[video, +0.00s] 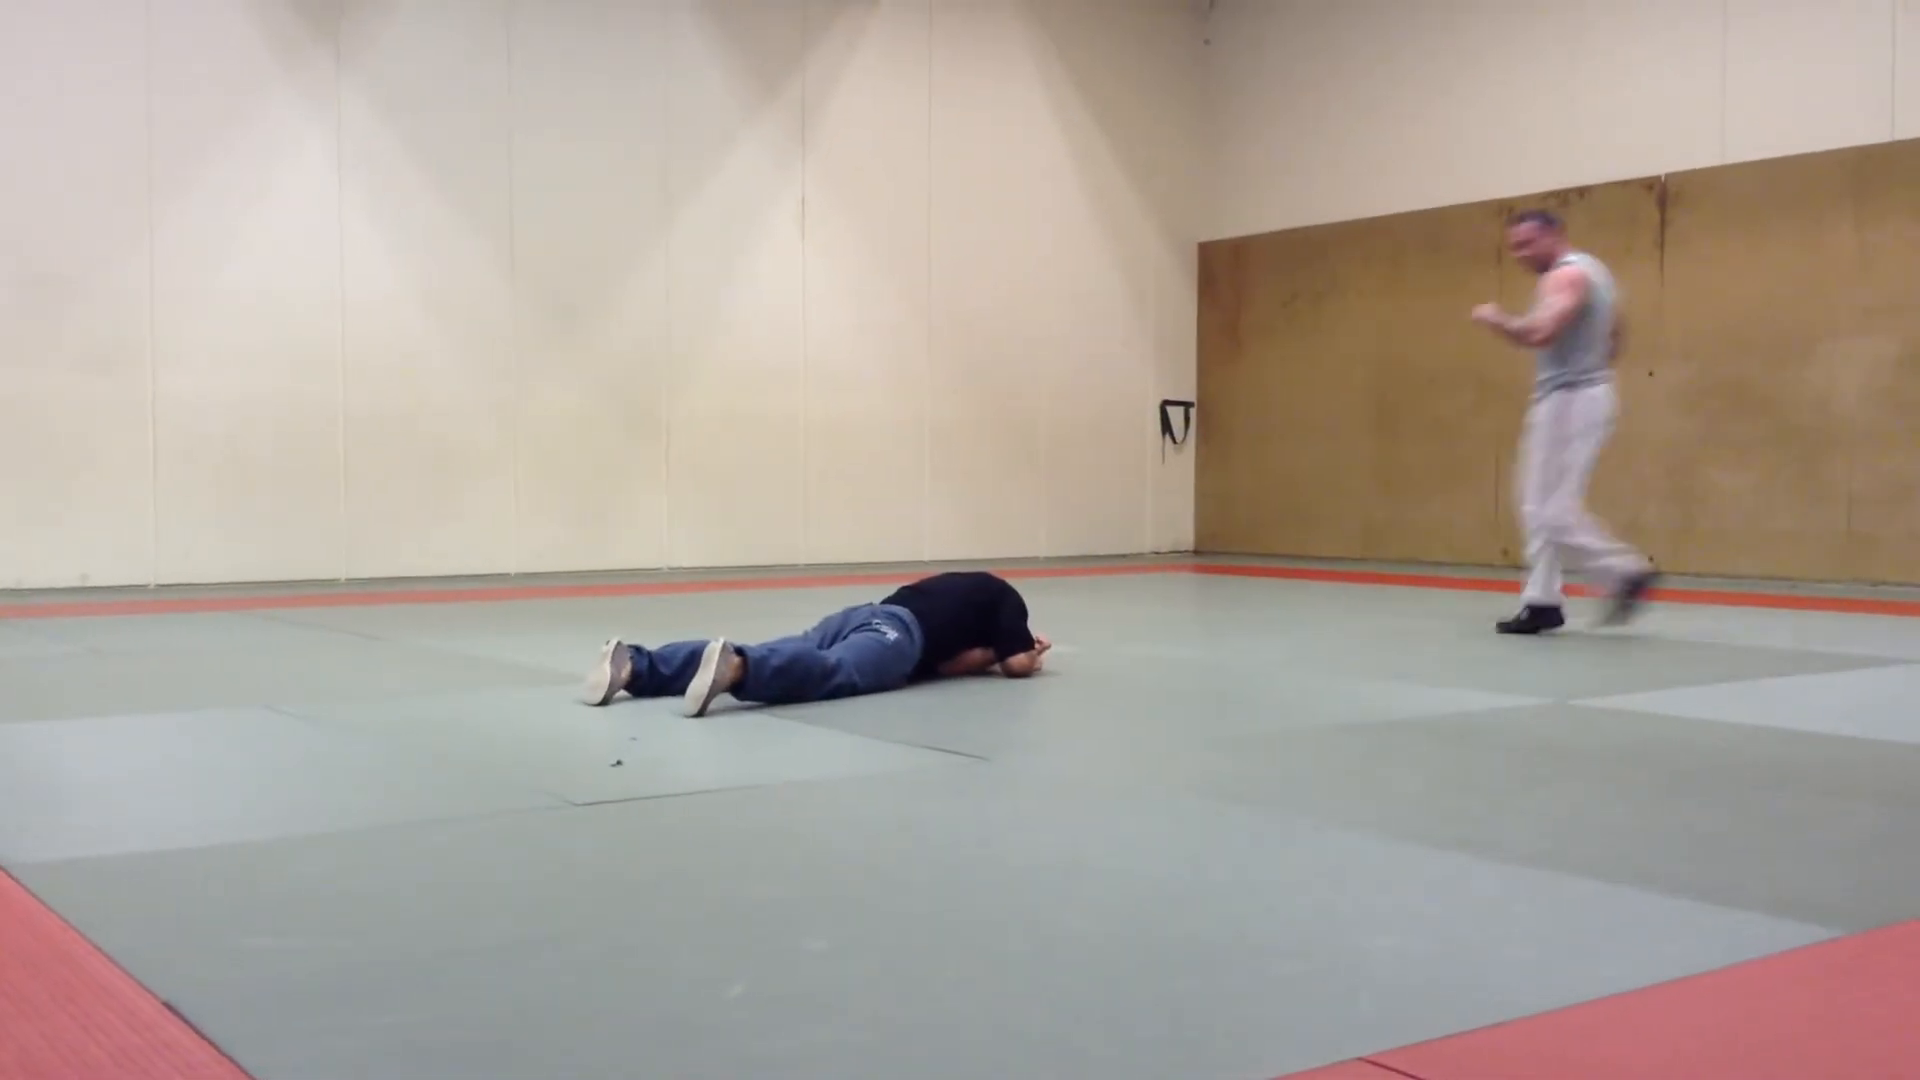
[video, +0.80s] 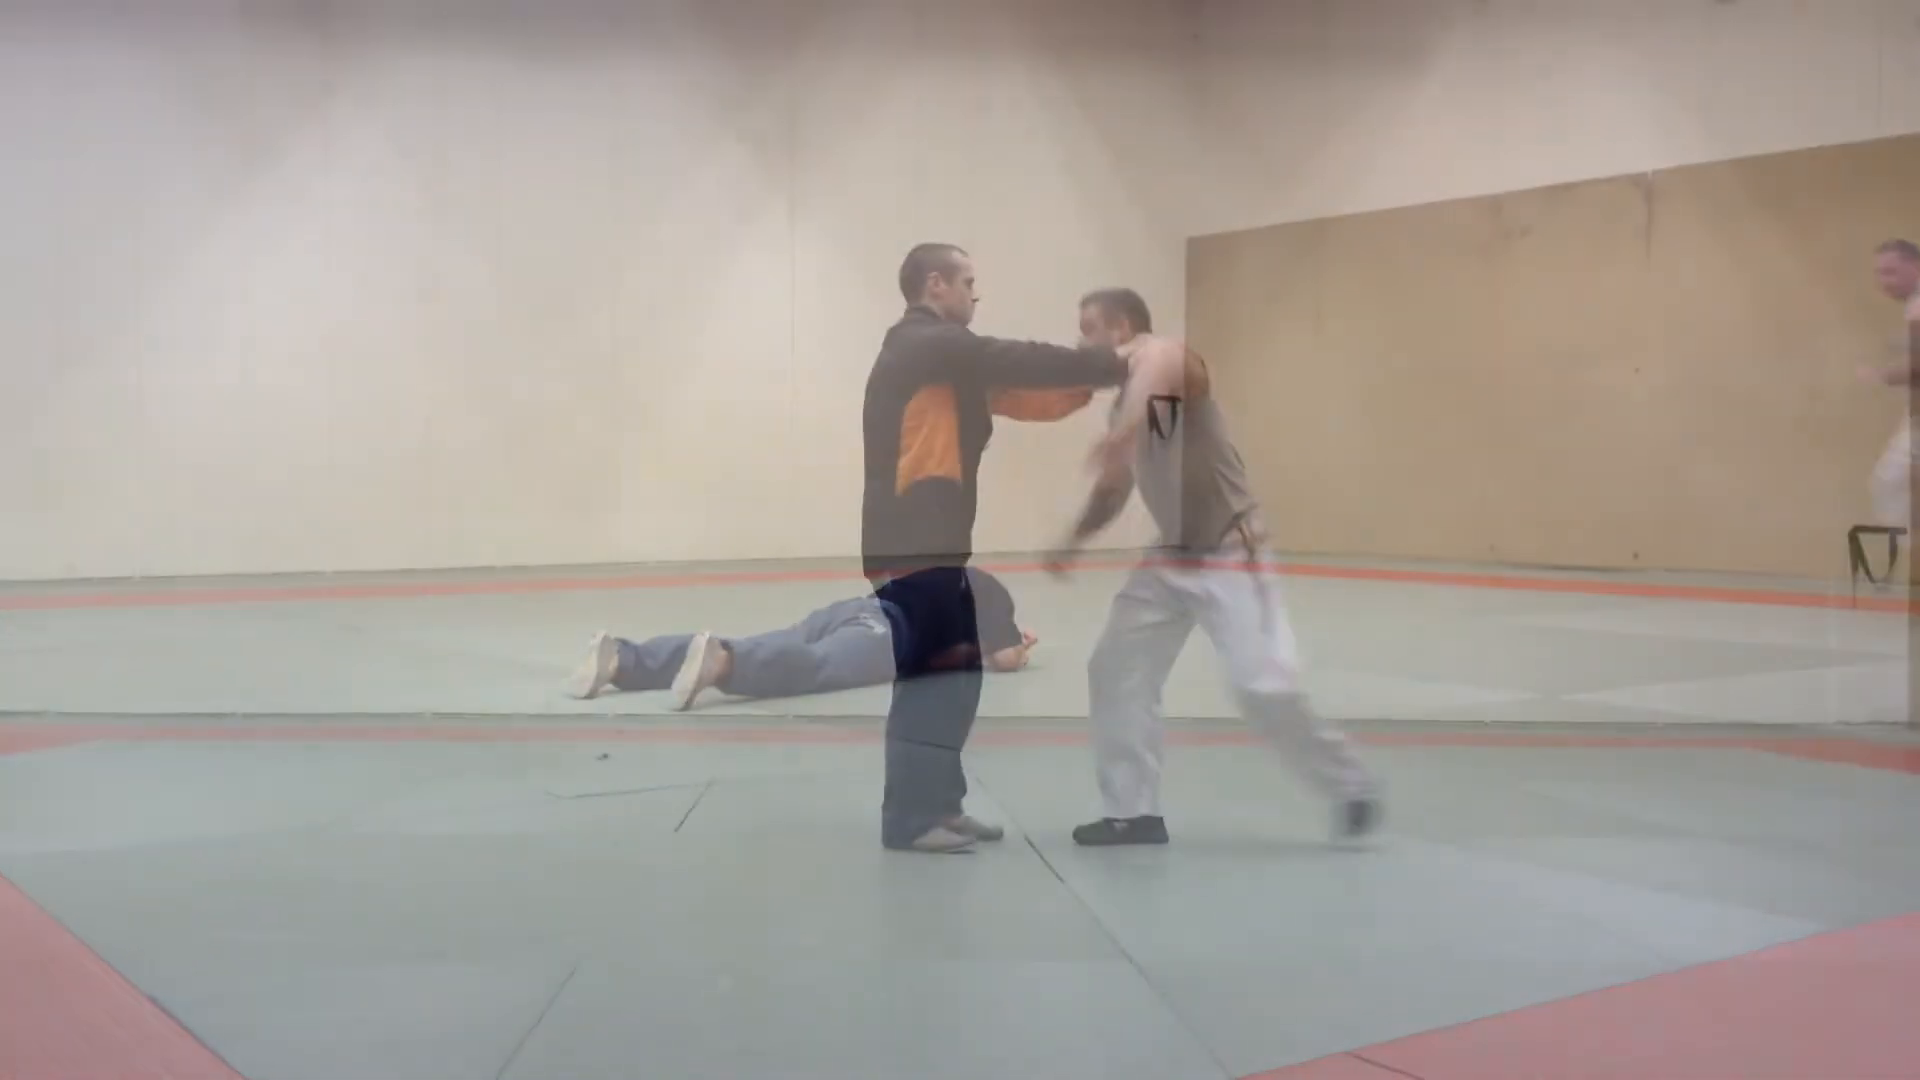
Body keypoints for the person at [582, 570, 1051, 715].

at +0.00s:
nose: (1023, 647)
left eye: (1020, 644)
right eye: (1022, 644)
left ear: (986, 601)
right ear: (1015, 606)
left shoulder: (950, 595)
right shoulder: (1003, 599)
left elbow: (943, 665)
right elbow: (1016, 662)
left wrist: (1004, 653)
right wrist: (1029, 658)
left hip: (858, 616)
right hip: (900, 627)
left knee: (767, 653)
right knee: (834, 671)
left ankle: (635, 667)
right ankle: (740, 668)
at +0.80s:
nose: (1015, 634)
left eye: (1011, 626)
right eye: (1013, 623)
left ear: (979, 586)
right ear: (999, 601)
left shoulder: (951, 582)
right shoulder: (986, 599)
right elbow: (993, 656)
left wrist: (1008, 641)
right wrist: (1016, 654)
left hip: (864, 610)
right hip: (889, 636)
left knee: (769, 646)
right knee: (815, 667)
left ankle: (624, 662)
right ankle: (727, 662)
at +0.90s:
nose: (1017, 635)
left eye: (1010, 626)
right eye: (1015, 624)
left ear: (981, 589)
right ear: (1001, 603)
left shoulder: (951, 580)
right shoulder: (989, 602)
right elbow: (990, 658)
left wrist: (1004, 641)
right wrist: (1014, 656)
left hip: (870, 610)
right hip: (894, 638)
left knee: (775, 646)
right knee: (817, 666)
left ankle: (626, 663)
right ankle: (727, 663)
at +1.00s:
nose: (1016, 638)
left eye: (1011, 629)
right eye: (1011, 626)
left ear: (983, 592)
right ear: (999, 609)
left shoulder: (959, 579)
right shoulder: (984, 607)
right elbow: (988, 659)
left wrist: (1003, 642)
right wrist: (1015, 656)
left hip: (869, 612)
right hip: (893, 639)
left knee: (770, 649)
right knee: (815, 669)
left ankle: (625, 664)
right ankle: (728, 664)